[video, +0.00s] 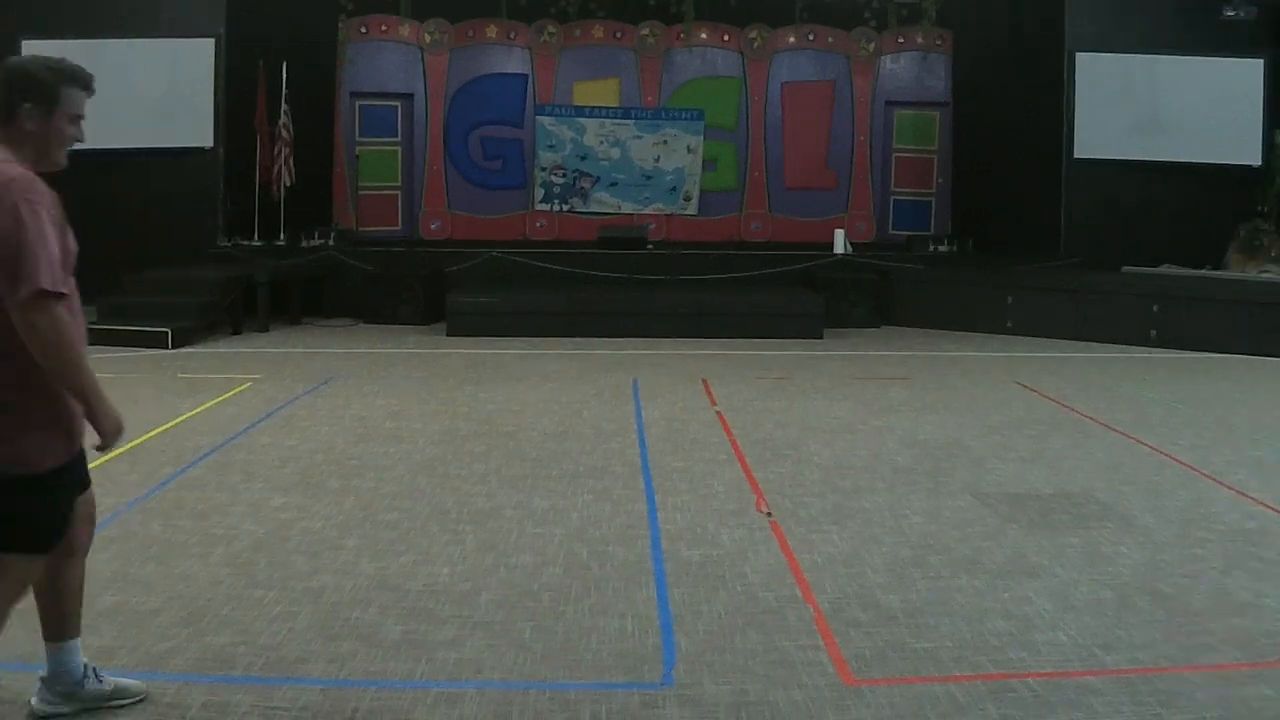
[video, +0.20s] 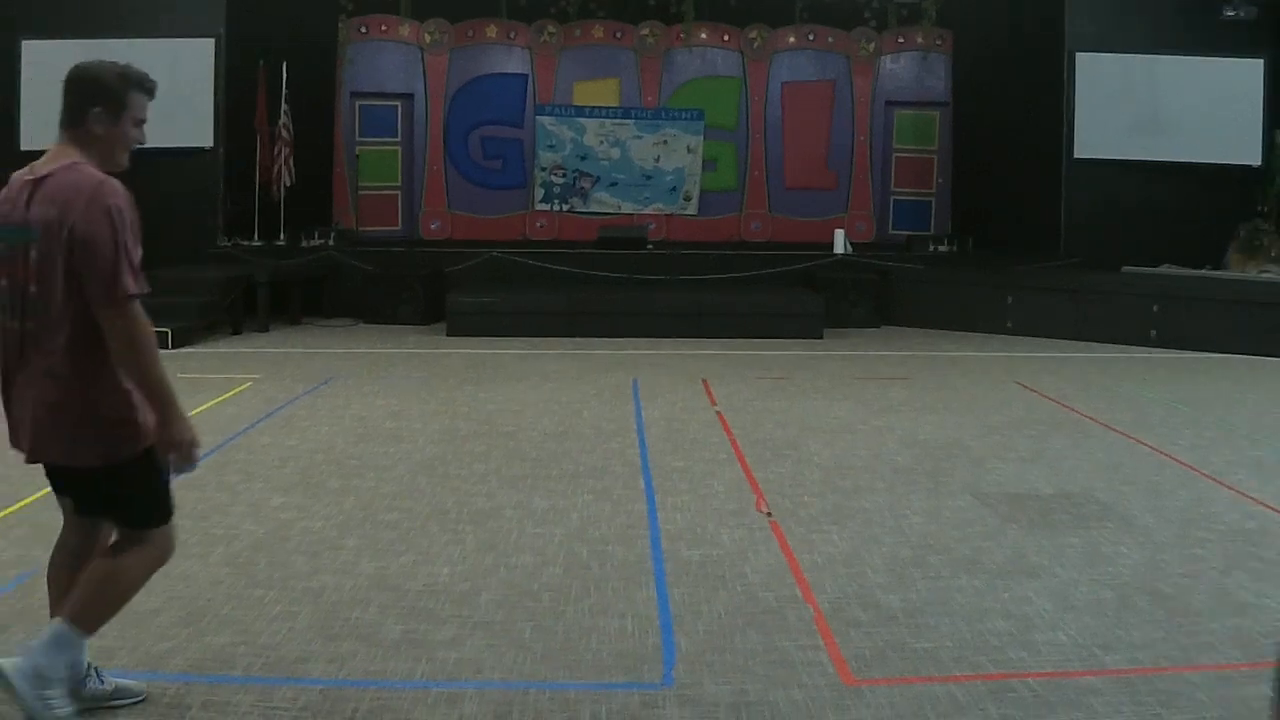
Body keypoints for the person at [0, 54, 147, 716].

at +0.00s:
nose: (79, 133)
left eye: (81, 119)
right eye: (72, 118)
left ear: (29, 118)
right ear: (28, 117)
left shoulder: (17, 184)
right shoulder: (22, 193)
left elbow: (32, 309)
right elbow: (37, 310)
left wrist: (73, 397)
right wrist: (96, 402)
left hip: (35, 412)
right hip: (24, 420)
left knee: (75, 520)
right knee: (21, 554)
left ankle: (66, 677)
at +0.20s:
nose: (140, 136)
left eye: (143, 122)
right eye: (135, 122)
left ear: (81, 119)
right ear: (96, 118)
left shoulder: (18, 187)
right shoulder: (101, 196)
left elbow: (15, 310)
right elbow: (121, 317)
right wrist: (172, 414)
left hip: (37, 403)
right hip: (97, 406)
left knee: (85, 524)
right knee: (152, 539)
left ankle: (70, 671)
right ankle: (48, 662)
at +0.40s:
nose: (195, 120)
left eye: (197, 107)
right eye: (188, 107)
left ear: (142, 106)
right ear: (151, 104)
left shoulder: (101, 166)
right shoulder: (143, 172)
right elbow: (165, 284)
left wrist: (235, 290)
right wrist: (248, 353)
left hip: (102, 384)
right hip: (165, 389)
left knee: (109, 510)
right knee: (201, 515)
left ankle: (76, 661)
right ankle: (226, 659)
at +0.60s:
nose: (257, 130)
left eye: (258, 117)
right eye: (250, 116)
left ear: (207, 118)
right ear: (212, 116)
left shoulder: (187, 180)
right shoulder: (192, 188)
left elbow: (240, 274)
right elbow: (217, 294)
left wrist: (314, 299)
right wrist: (286, 377)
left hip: (204, 385)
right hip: (228, 387)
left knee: (223, 504)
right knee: (259, 508)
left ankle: (129, 615)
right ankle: (247, 656)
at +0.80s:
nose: (318, 120)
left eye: (320, 108)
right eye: (312, 107)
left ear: (273, 108)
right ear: (273, 106)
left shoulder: (262, 170)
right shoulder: (240, 178)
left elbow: (254, 284)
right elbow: (232, 290)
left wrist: (292, 370)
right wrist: (251, 383)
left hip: (292, 377)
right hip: (268, 386)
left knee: (320, 478)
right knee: (270, 510)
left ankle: (265, 605)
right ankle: (249, 651)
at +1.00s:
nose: (369, 120)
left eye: (370, 108)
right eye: (363, 107)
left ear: (322, 109)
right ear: (325, 107)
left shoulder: (305, 169)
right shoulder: (291, 177)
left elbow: (256, 262)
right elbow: (269, 274)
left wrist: (232, 333)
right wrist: (262, 367)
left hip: (333, 379)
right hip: (301, 386)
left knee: (348, 484)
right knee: (284, 506)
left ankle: (361, 618)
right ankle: (250, 645)